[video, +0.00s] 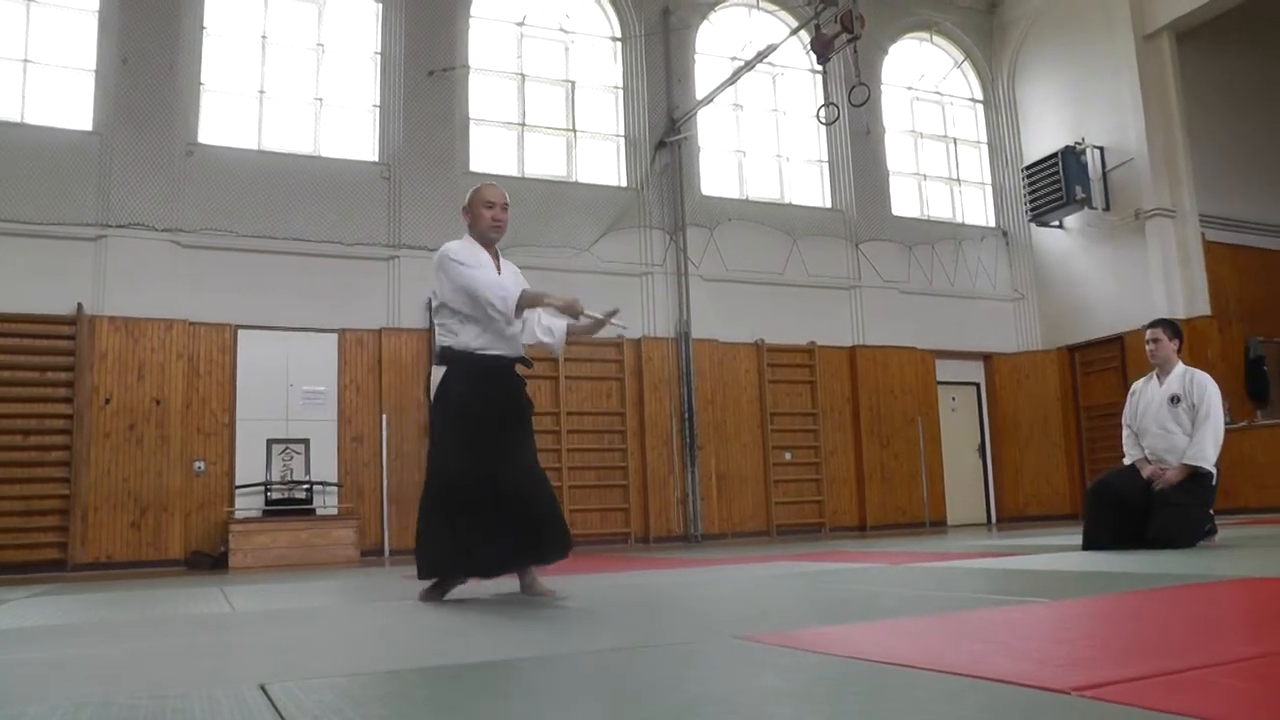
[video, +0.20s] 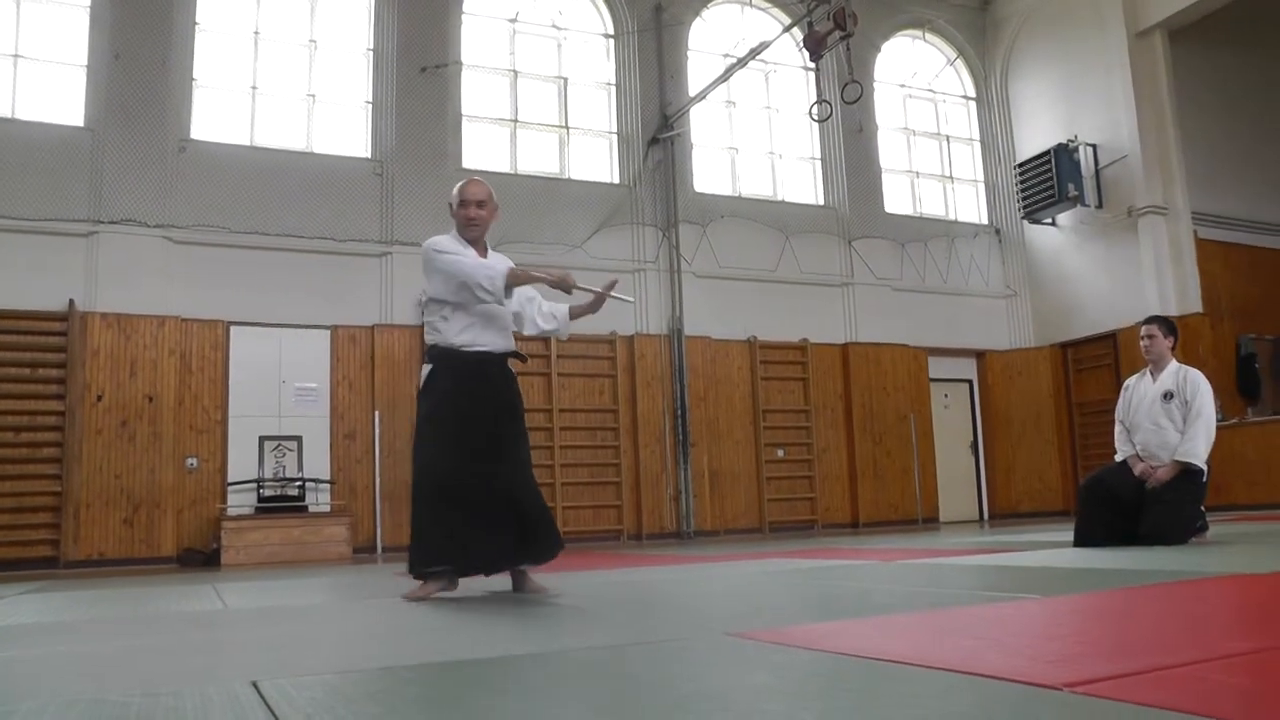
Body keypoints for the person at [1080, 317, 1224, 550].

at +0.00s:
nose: (1150, 348)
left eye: (1156, 341)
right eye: (1147, 342)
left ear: (1175, 344)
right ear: (1144, 347)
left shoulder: (1199, 382)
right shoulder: (1138, 389)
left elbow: (1209, 432)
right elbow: (1128, 432)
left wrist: (1181, 471)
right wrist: (1143, 465)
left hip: (1190, 476)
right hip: (1146, 473)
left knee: (1164, 538)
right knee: (1101, 493)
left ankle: (1204, 522)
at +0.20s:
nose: (1144, 343)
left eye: (1151, 337)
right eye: (1142, 338)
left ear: (1170, 341)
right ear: (1139, 344)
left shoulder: (1192, 380)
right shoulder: (1130, 385)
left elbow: (1201, 429)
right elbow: (1120, 428)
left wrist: (1172, 468)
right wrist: (1135, 463)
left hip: (1181, 472)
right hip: (1137, 469)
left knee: (1156, 534)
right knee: (1094, 490)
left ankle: (1196, 518)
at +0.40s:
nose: (1136, 339)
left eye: (1142, 334)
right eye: (1133, 335)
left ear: (1161, 338)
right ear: (1131, 340)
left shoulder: (1182, 376)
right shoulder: (1122, 382)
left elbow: (1192, 425)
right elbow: (1112, 425)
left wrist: (1163, 465)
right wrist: (1127, 460)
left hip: (1173, 468)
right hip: (1130, 466)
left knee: (1147, 530)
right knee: (1086, 488)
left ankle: (1188, 514)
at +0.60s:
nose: (1129, 337)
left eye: (1135, 331)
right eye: (1126, 332)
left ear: (1154, 336)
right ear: (1124, 337)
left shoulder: (1176, 373)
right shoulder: (1116, 381)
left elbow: (1186, 423)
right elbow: (1107, 425)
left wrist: (1157, 463)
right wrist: (1122, 458)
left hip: (1168, 466)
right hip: (1125, 464)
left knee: (1143, 528)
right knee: (1081, 485)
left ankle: (1184, 512)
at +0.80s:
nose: (1125, 339)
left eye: (1131, 333)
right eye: (1122, 334)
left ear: (1149, 337)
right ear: (1119, 339)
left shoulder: (1172, 374)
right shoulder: (1112, 383)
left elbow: (1182, 425)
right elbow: (1104, 428)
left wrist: (1153, 465)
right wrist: (1119, 459)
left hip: (1165, 468)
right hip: (1122, 466)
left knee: (1141, 530)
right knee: (1080, 485)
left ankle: (1182, 513)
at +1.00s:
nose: (1122, 340)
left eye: (1128, 334)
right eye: (1119, 336)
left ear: (1146, 338)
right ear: (1116, 340)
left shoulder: (1168, 374)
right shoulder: (1110, 384)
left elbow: (1180, 424)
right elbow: (1103, 429)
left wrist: (1152, 465)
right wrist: (1118, 461)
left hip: (1163, 467)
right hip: (1120, 466)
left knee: (1141, 530)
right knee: (1077, 487)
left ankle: (1180, 513)